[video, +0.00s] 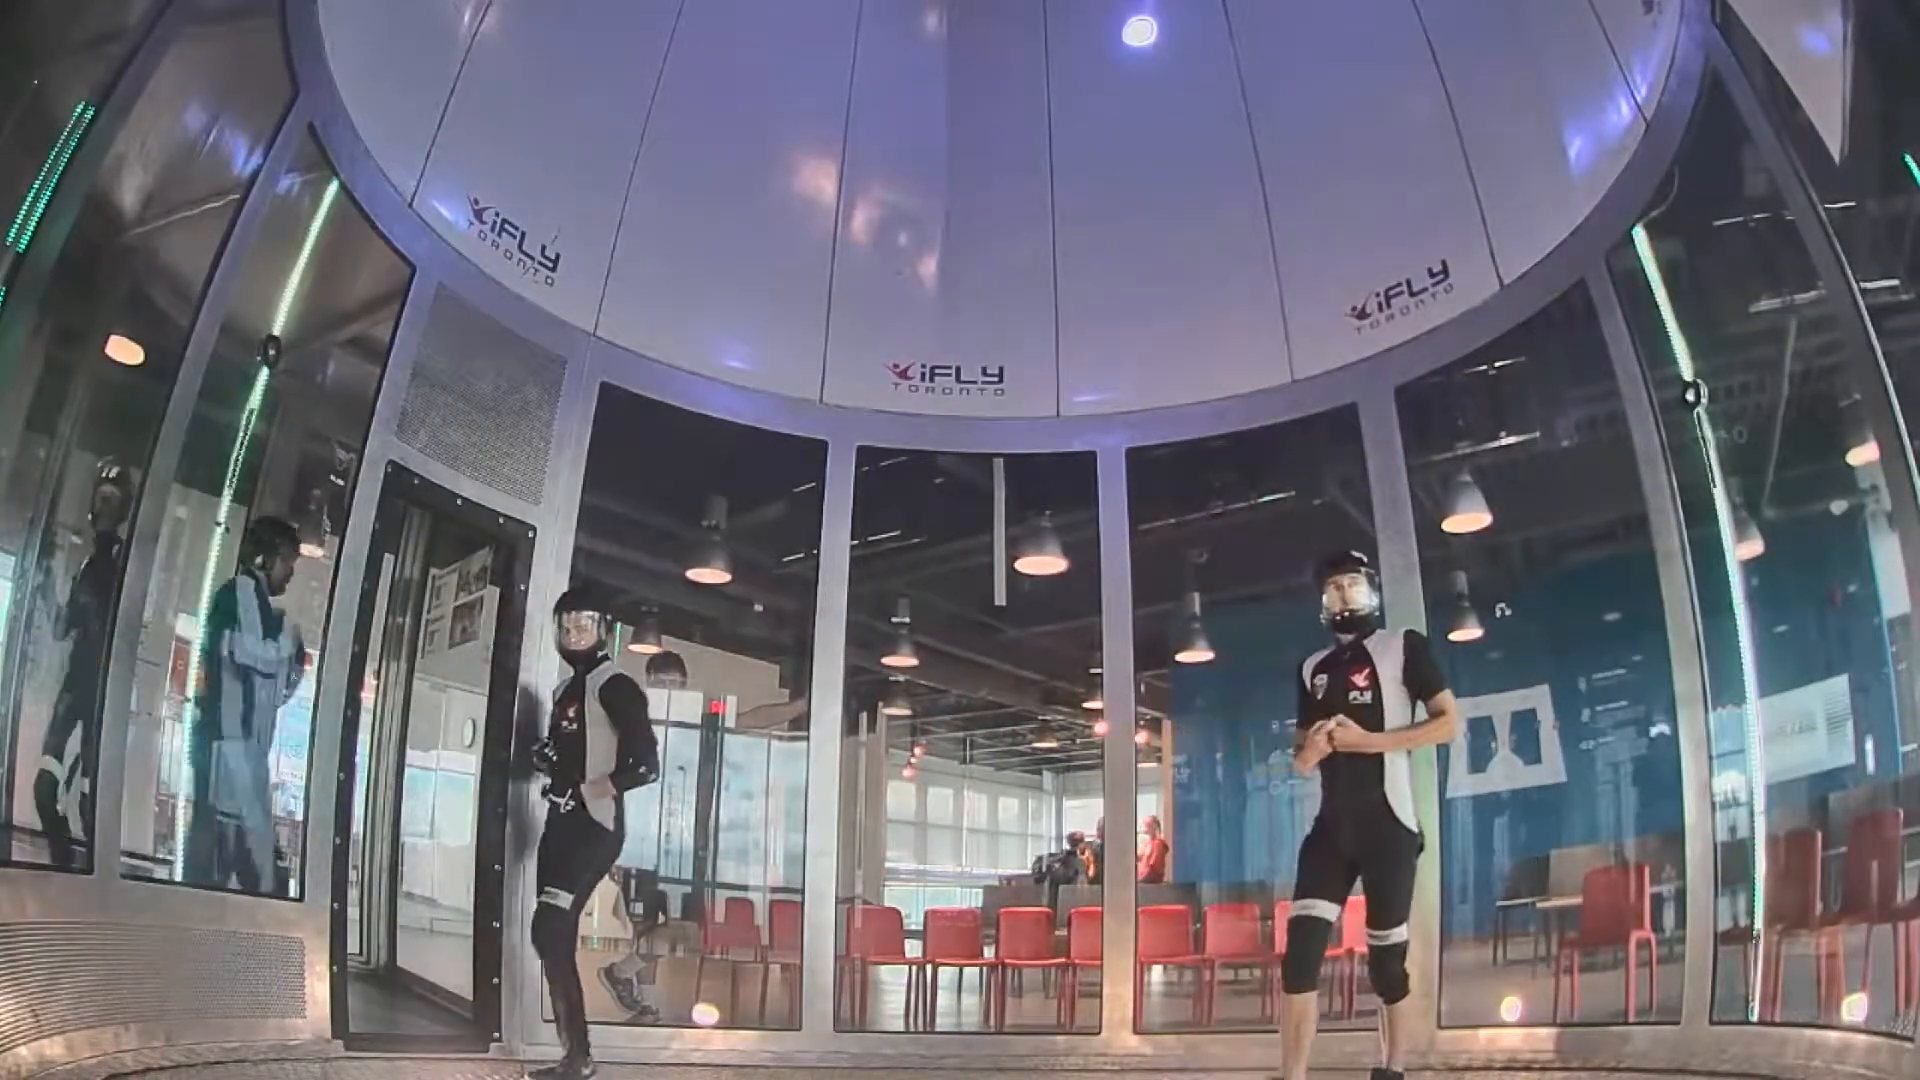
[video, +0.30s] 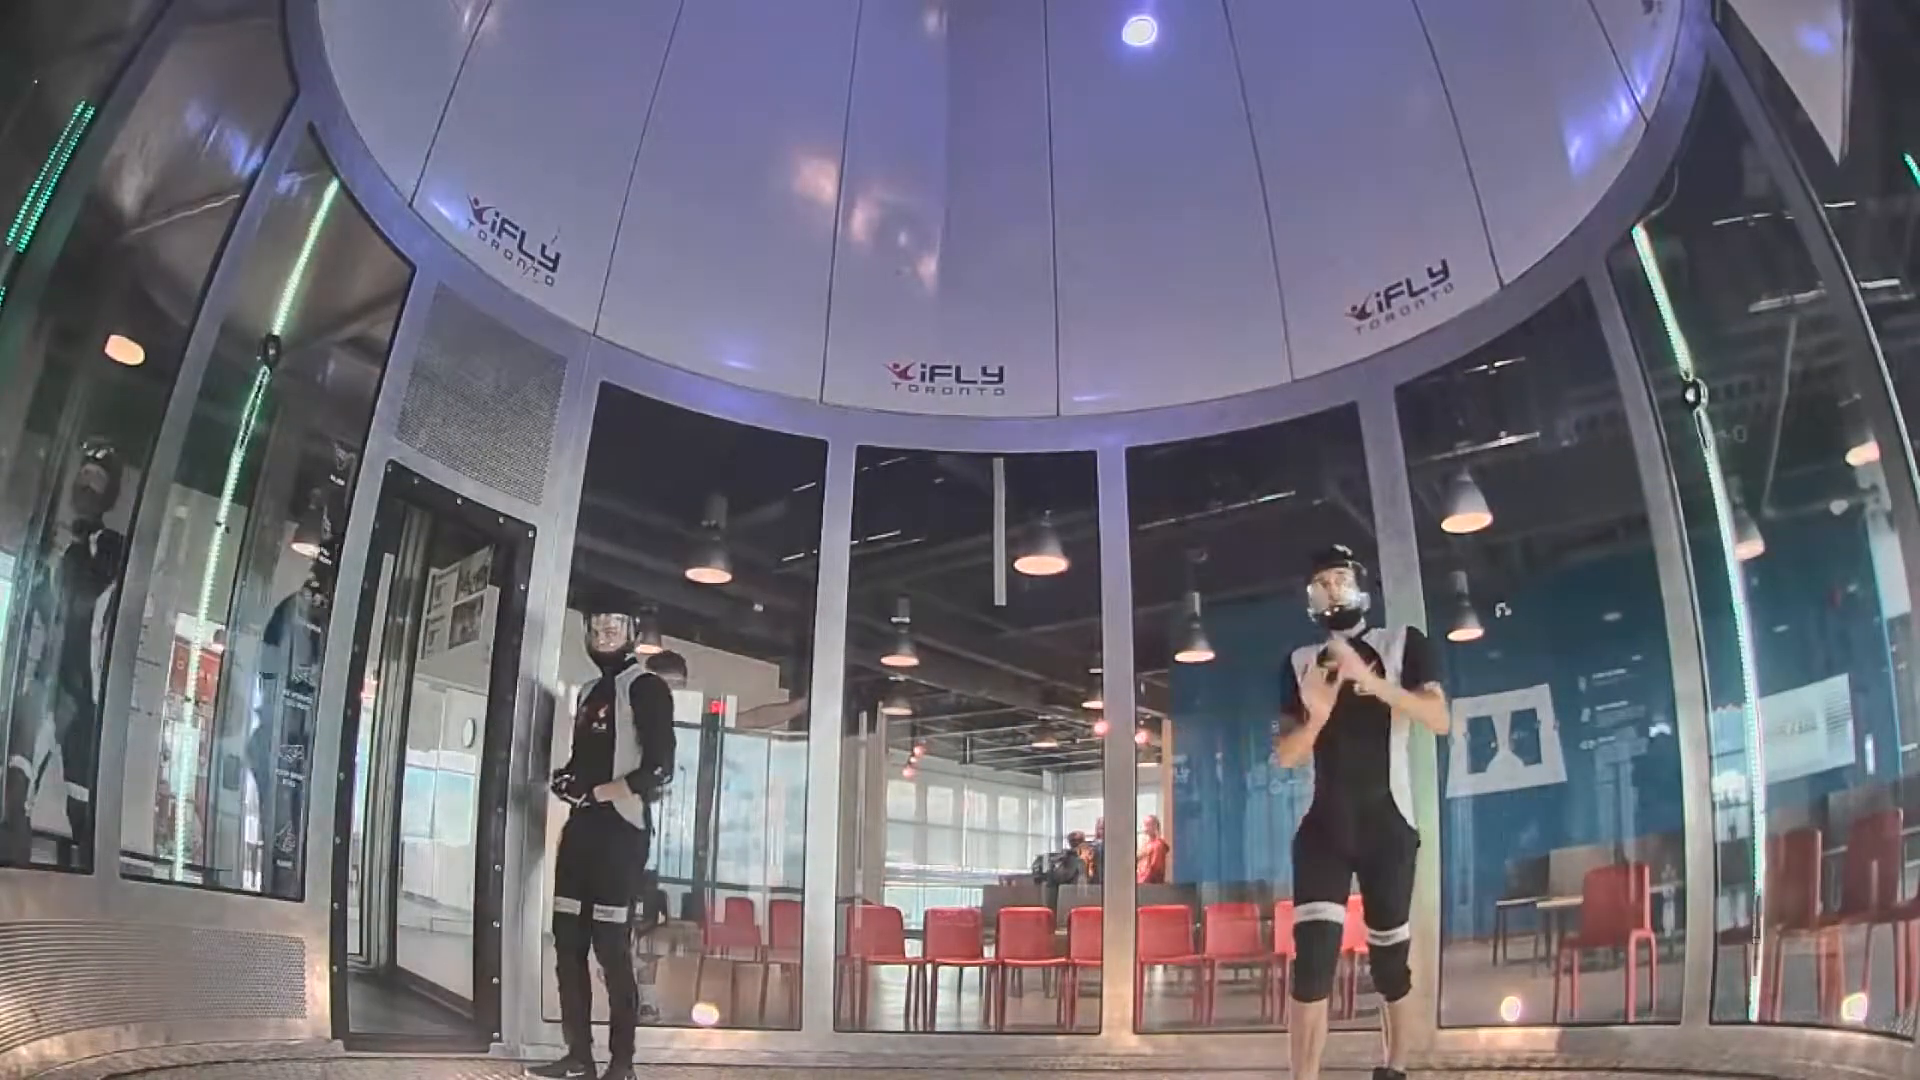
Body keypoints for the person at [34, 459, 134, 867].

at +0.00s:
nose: (105, 506)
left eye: (113, 500)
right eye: (101, 498)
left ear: (126, 509)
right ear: (92, 504)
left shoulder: (131, 561)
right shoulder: (88, 563)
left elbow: (131, 621)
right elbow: (64, 627)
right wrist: (55, 596)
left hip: (112, 677)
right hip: (80, 671)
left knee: (94, 789)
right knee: (45, 784)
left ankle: (97, 866)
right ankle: (66, 865)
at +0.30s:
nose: (84, 490)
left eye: (95, 486)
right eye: (81, 481)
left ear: (108, 498)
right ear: (71, 483)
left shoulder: (112, 548)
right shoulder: (44, 534)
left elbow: (87, 597)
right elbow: (24, 599)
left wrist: (78, 544)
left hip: (79, 672)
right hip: (33, 665)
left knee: (80, 769)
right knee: (17, 766)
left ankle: (81, 852)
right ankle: (11, 838)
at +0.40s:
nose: (80, 485)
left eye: (90, 480)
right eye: (77, 475)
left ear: (104, 489)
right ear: (67, 474)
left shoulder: (102, 537)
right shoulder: (44, 522)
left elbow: (82, 581)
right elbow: (26, 574)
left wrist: (67, 538)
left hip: (68, 642)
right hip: (29, 635)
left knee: (71, 725)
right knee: (22, 720)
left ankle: (73, 824)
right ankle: (5, 805)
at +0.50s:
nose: (70, 473)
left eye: (80, 468)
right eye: (67, 463)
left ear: (94, 479)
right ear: (59, 464)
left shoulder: (92, 525)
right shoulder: (41, 514)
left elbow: (74, 570)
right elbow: (26, 568)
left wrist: (65, 542)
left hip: (62, 644)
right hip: (25, 635)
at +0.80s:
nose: (51, 442)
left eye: (62, 439)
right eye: (50, 435)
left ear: (76, 458)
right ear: (44, 445)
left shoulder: (69, 510)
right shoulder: (34, 504)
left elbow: (46, 576)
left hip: (35, 668)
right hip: (17, 664)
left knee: (13, 776)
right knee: (12, 777)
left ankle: (19, 870)